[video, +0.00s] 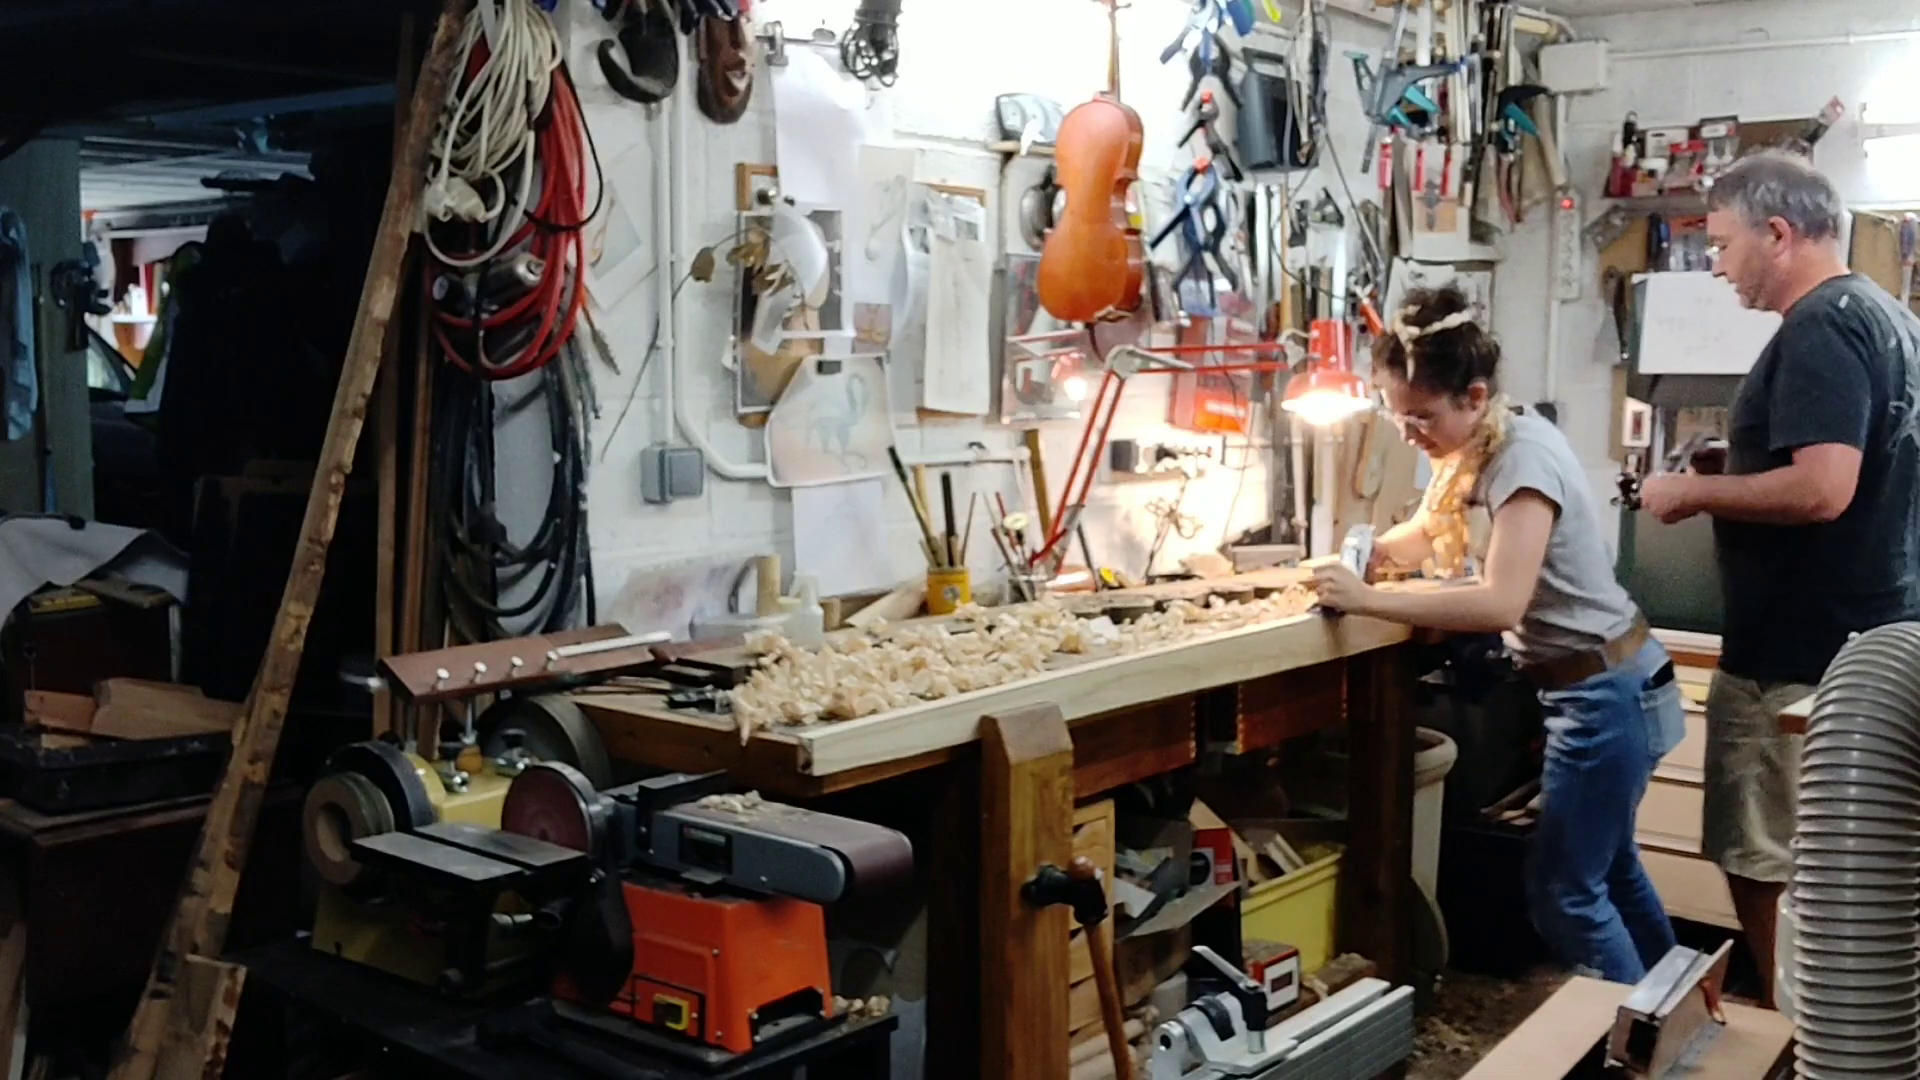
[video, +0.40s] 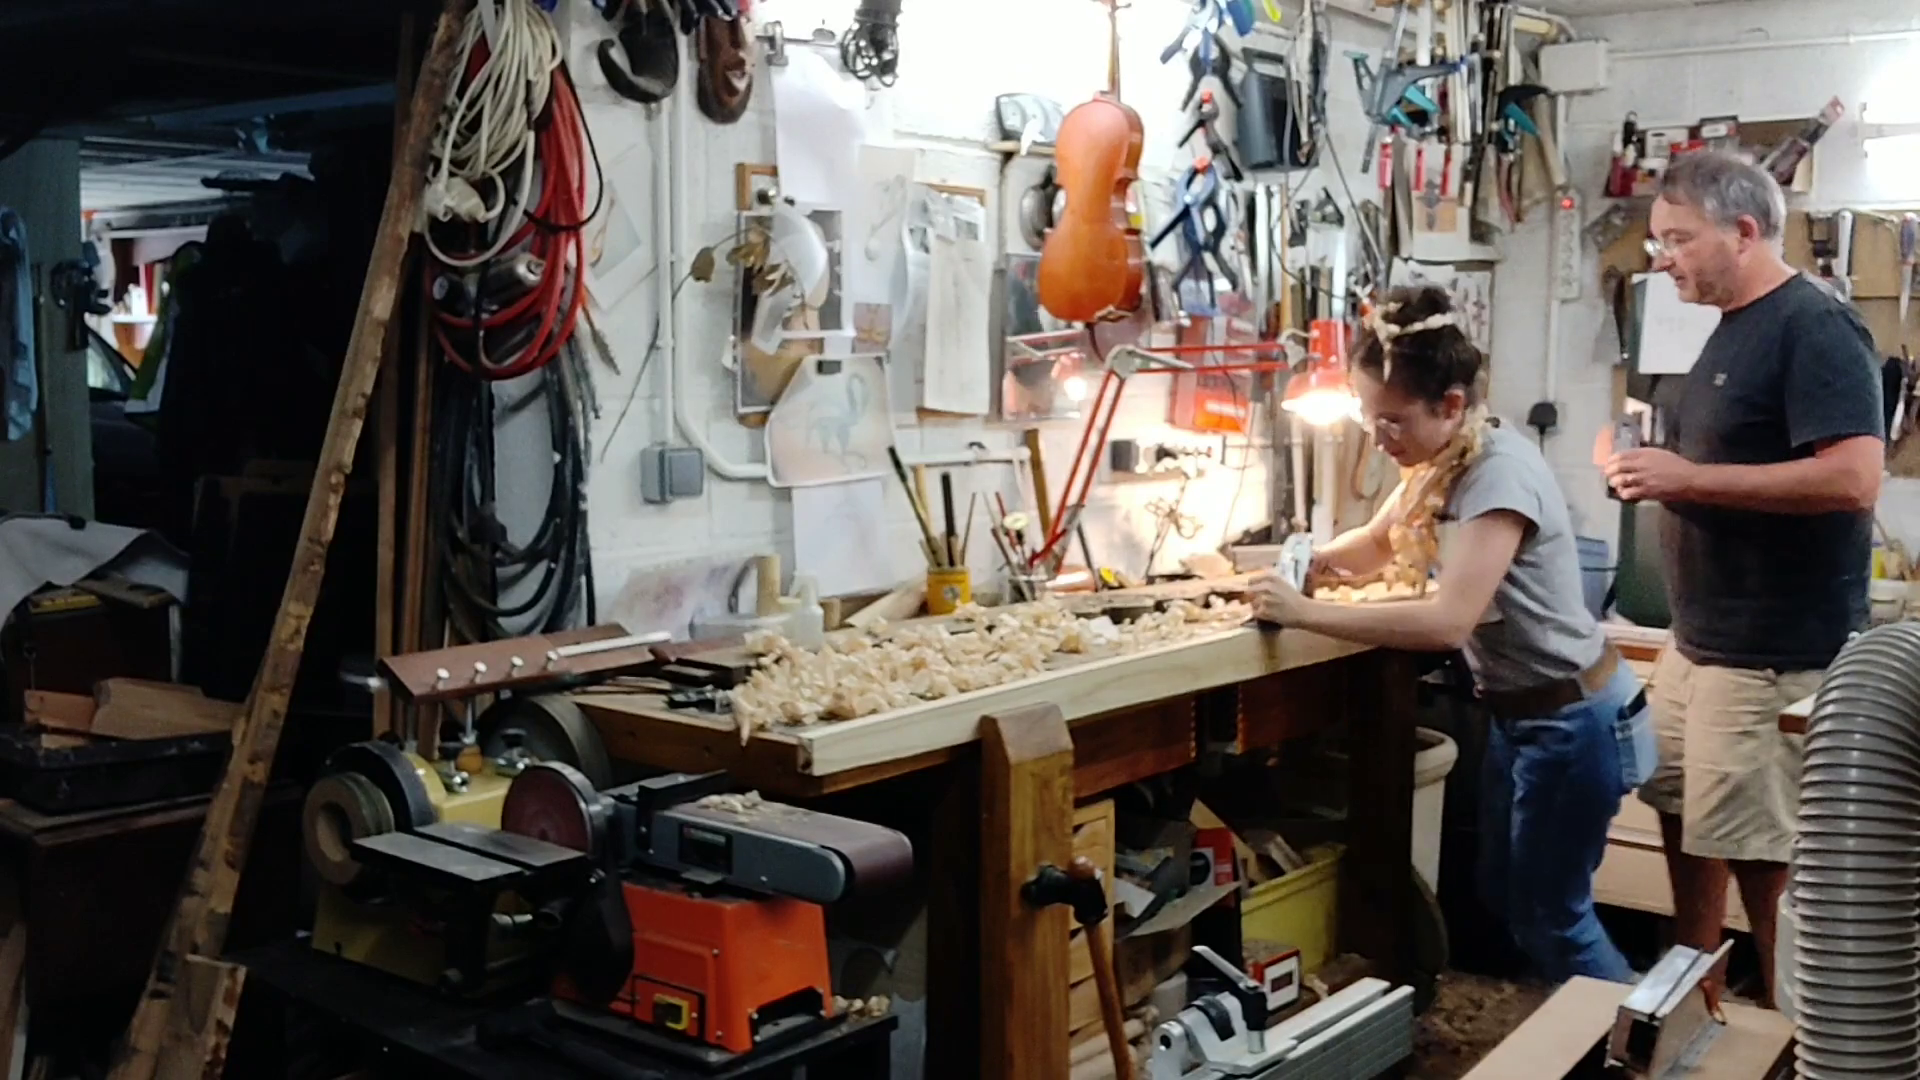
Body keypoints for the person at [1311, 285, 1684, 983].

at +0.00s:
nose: (1406, 431)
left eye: (1421, 415)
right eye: (1397, 414)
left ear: (1476, 395)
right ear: (1387, 392)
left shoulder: (1526, 456)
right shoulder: (1470, 450)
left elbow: (1500, 602)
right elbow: (1430, 538)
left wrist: (1370, 598)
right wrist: (1367, 557)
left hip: (1605, 692)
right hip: (1584, 685)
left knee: (1564, 891)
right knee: (1614, 868)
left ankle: (1642, 1026)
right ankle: (1676, 1002)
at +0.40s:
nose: (1379, 437)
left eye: (1393, 421)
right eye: (1370, 417)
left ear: (1452, 404)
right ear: (1364, 395)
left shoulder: (1502, 472)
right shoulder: (1440, 465)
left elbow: (1447, 620)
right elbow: (1383, 543)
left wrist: (1307, 611)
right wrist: (1317, 559)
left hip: (1569, 725)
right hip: (1511, 719)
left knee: (1550, 919)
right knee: (1503, 904)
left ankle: (1634, 1037)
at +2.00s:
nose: (1122, 351)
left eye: (1133, 330)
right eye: (1122, 328)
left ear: (1193, 338)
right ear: (1211, 340)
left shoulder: (1240, 463)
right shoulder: (1276, 440)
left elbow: (1125, 661)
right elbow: (1172, 600)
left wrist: (947, 617)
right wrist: (1038, 594)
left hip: (1317, 783)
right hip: (1400, 755)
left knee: (1232, 1045)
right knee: (1374, 1034)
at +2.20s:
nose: (1239, 336)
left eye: (1239, 317)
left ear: (1257, 322)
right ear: (1375, 328)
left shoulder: (1267, 469)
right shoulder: (1422, 435)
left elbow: (1203, 681)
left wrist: (1088, 591)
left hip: (1329, 781)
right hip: (1460, 765)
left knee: (1222, 1037)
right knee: (1405, 1045)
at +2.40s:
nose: (1321, 326)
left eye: (1323, 311)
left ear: (1332, 321)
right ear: (1449, 314)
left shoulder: (1287, 462)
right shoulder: (1532, 445)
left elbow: (1260, 659)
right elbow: (1561, 635)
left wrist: (1241, 562)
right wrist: (1469, 602)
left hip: (1332, 775)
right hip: (1479, 770)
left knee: (1259, 1034)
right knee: (1423, 1048)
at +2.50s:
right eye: (1483, 301)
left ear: (1358, 308)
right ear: (1472, 306)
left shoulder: (1296, 449)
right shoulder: (1548, 446)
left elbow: (1281, 639)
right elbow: (1584, 645)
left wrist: (1360, 574)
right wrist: (1509, 581)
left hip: (1327, 754)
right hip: (1477, 755)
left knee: (1295, 1029)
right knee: (1434, 1042)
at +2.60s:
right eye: (1499, 303)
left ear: (1373, 309)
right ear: (1487, 307)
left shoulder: (1298, 446)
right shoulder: (1552, 447)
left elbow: (1299, 622)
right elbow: (1585, 650)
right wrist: (1528, 569)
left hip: (1319, 745)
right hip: (1472, 757)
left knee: (1319, 1029)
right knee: (1432, 1040)